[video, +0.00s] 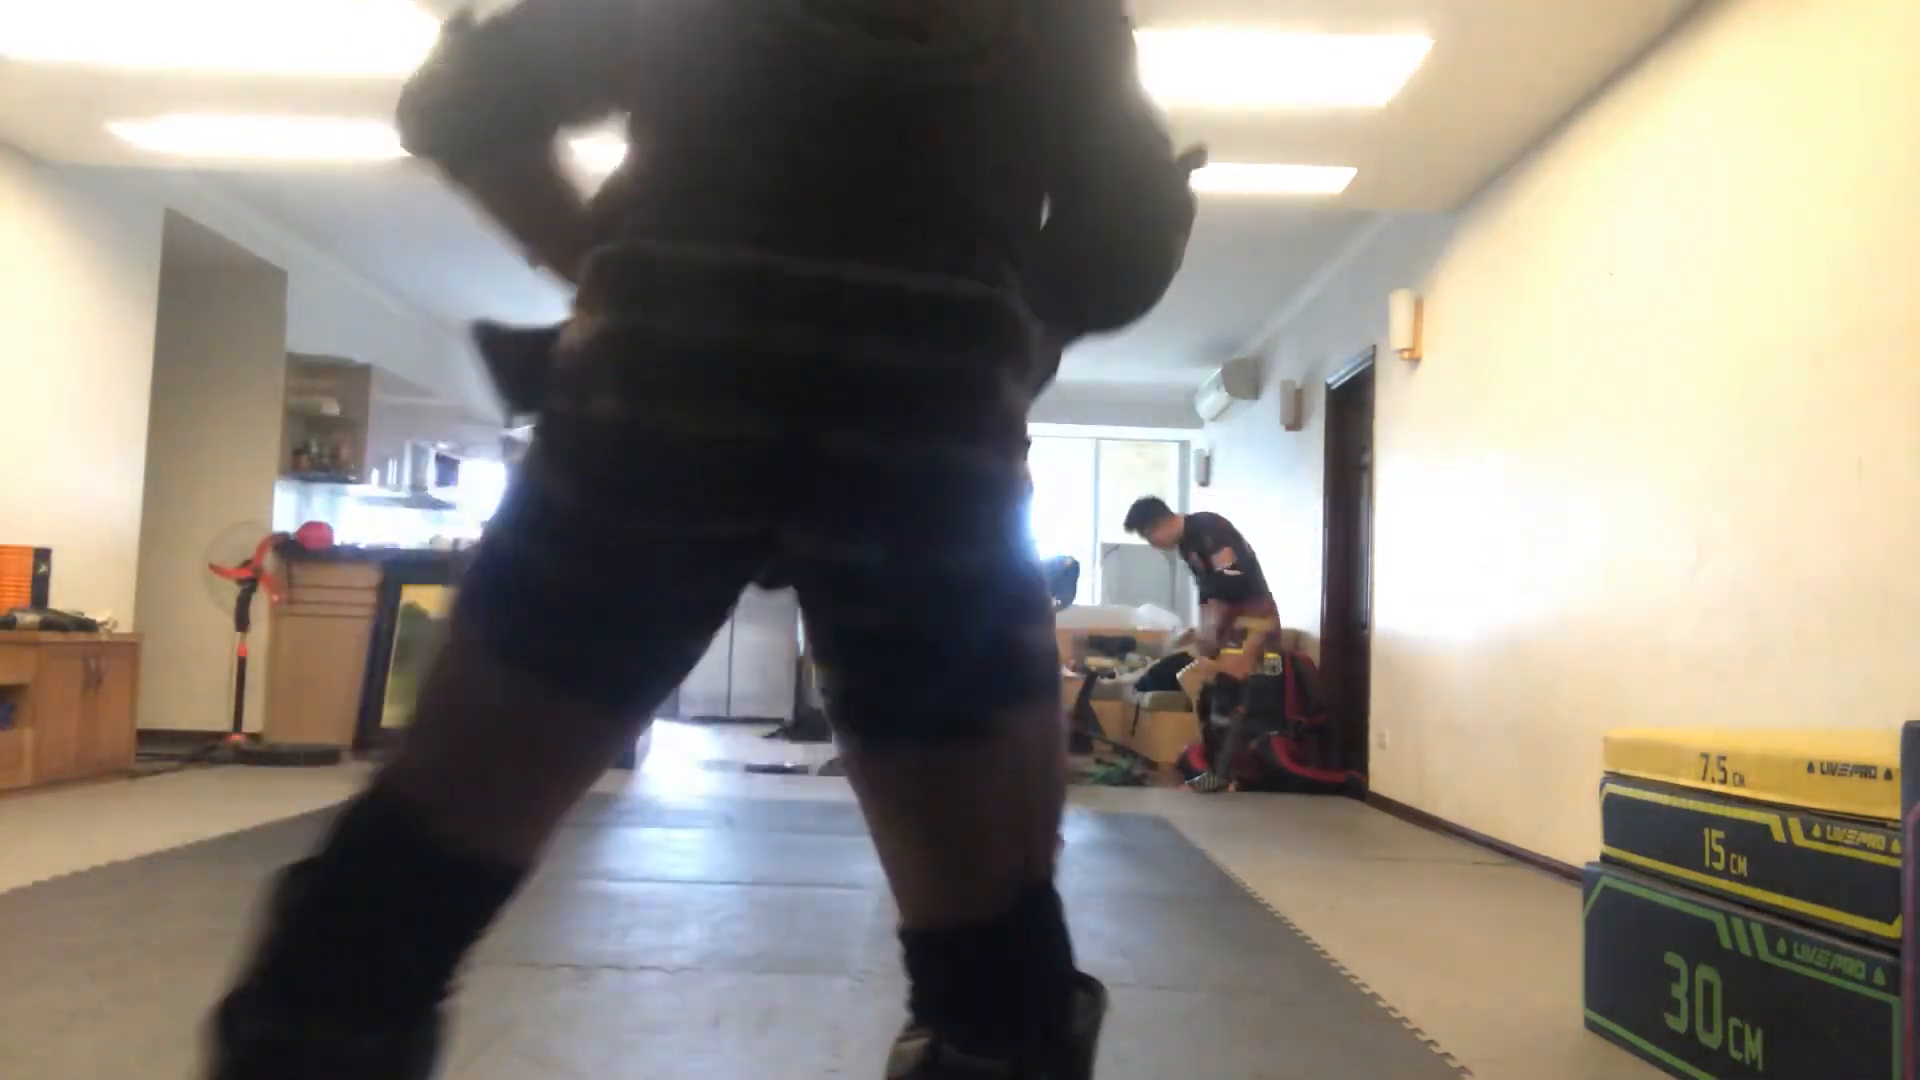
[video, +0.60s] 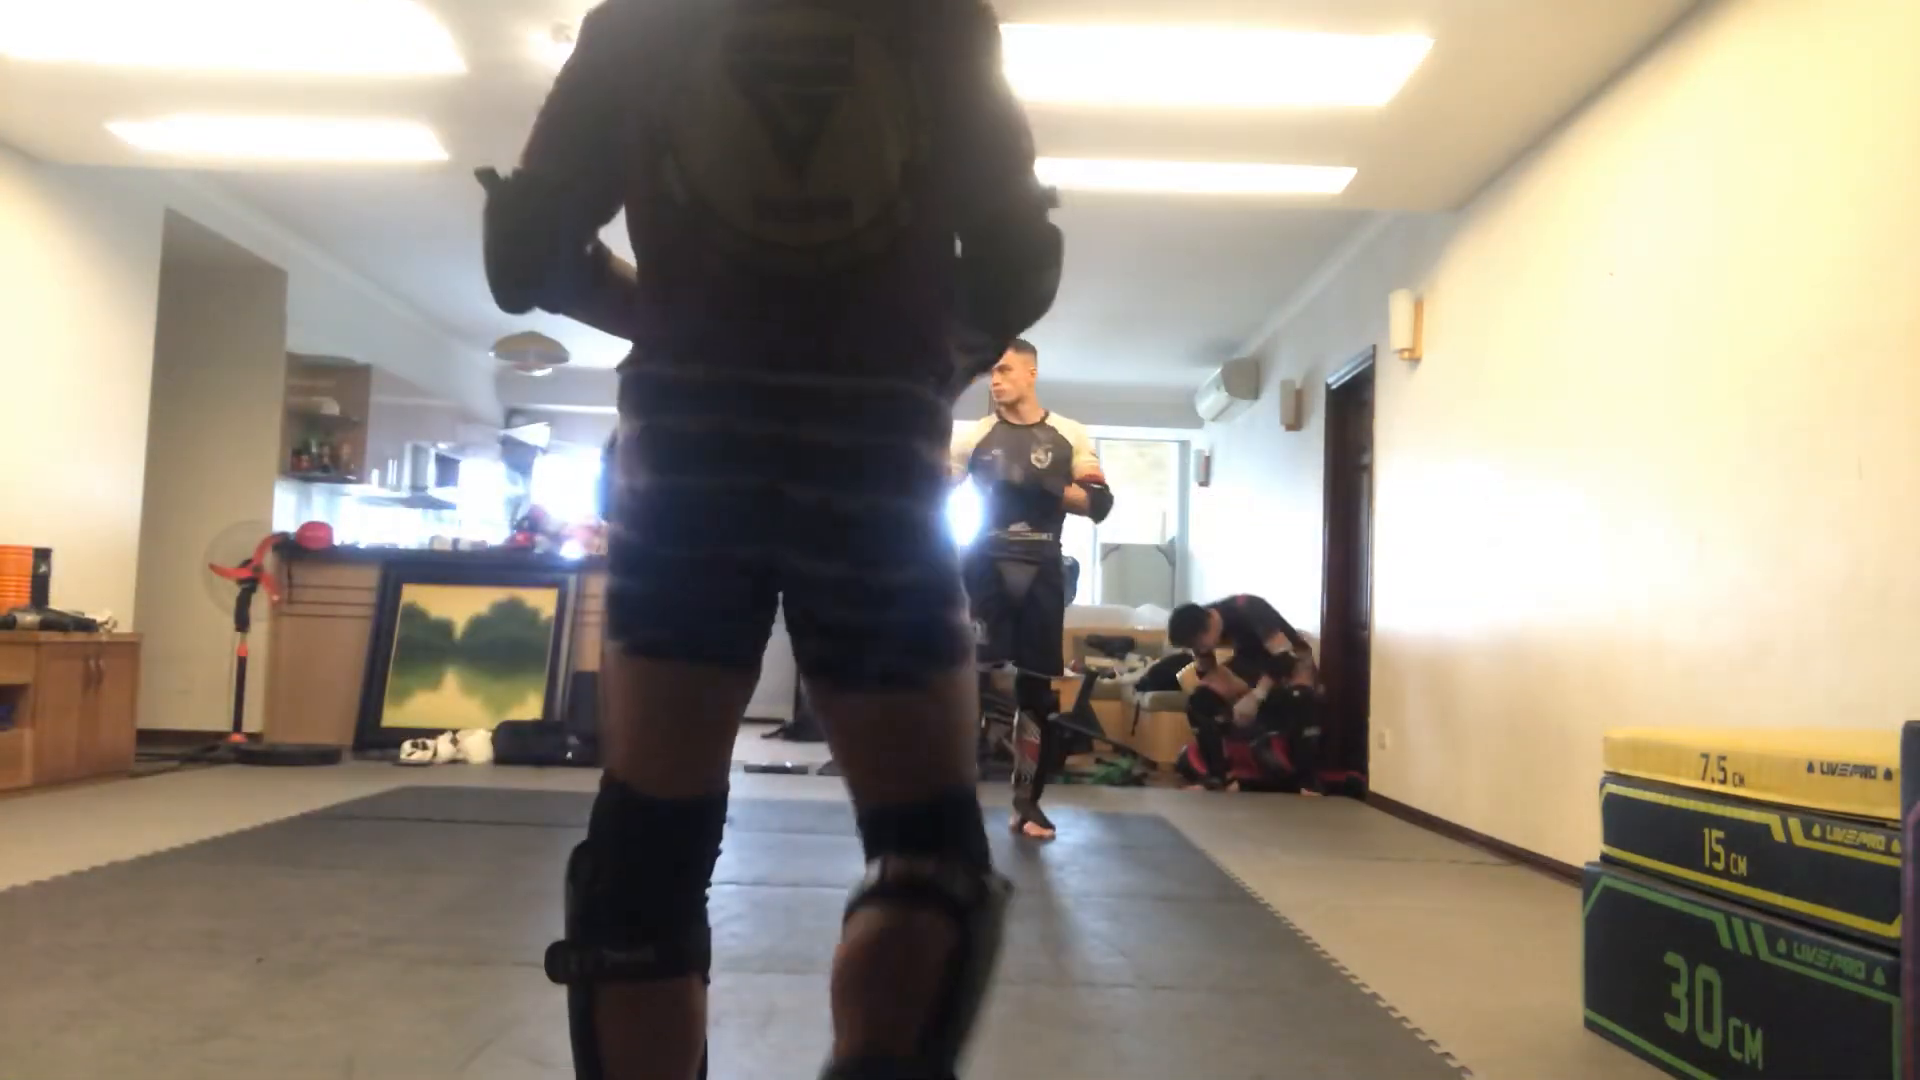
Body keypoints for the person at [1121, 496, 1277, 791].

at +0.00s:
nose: (1153, 544)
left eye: (1150, 537)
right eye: (1147, 539)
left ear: (1160, 524)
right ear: (1163, 522)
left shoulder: (1208, 529)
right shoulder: (1185, 544)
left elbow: (1232, 588)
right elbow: (1207, 592)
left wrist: (1212, 633)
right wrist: (1205, 633)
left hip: (1256, 623)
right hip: (1230, 625)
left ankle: (1225, 768)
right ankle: (1218, 764)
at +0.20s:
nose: (1163, 578)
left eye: (1161, 572)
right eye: (1157, 576)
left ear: (1170, 554)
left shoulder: (1212, 548)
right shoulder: (1179, 572)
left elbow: (1253, 593)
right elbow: (1192, 620)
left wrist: (1231, 645)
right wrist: (1200, 661)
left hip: (1267, 611)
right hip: (1236, 613)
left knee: (1254, 683)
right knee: (1211, 687)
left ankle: (1266, 772)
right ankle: (1216, 769)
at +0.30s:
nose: (1171, 593)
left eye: (1168, 587)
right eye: (1165, 591)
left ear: (1176, 568)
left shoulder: (1217, 559)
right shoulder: (1180, 585)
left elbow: (1258, 604)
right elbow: (1192, 629)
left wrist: (1240, 650)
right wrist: (1204, 668)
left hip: (1273, 616)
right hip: (1239, 619)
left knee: (1267, 691)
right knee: (1210, 695)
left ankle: (1290, 774)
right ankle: (1217, 772)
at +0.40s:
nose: (1176, 612)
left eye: (1175, 606)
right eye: (1171, 610)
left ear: (1184, 587)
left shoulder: (1226, 575)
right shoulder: (1185, 599)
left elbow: (1262, 621)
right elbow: (1196, 641)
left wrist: (1246, 668)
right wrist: (1206, 681)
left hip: (1278, 621)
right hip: (1240, 628)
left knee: (1282, 693)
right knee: (1210, 697)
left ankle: (1307, 778)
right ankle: (1216, 775)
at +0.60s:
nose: (1201, 650)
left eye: (1202, 644)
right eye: (1196, 648)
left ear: (1211, 623)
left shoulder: (1248, 609)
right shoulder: (1199, 635)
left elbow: (1284, 657)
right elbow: (1208, 673)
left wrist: (1256, 696)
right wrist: (1241, 693)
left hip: (1291, 657)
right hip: (1248, 660)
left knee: (1298, 703)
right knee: (1200, 701)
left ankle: (1307, 781)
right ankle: (1216, 775)